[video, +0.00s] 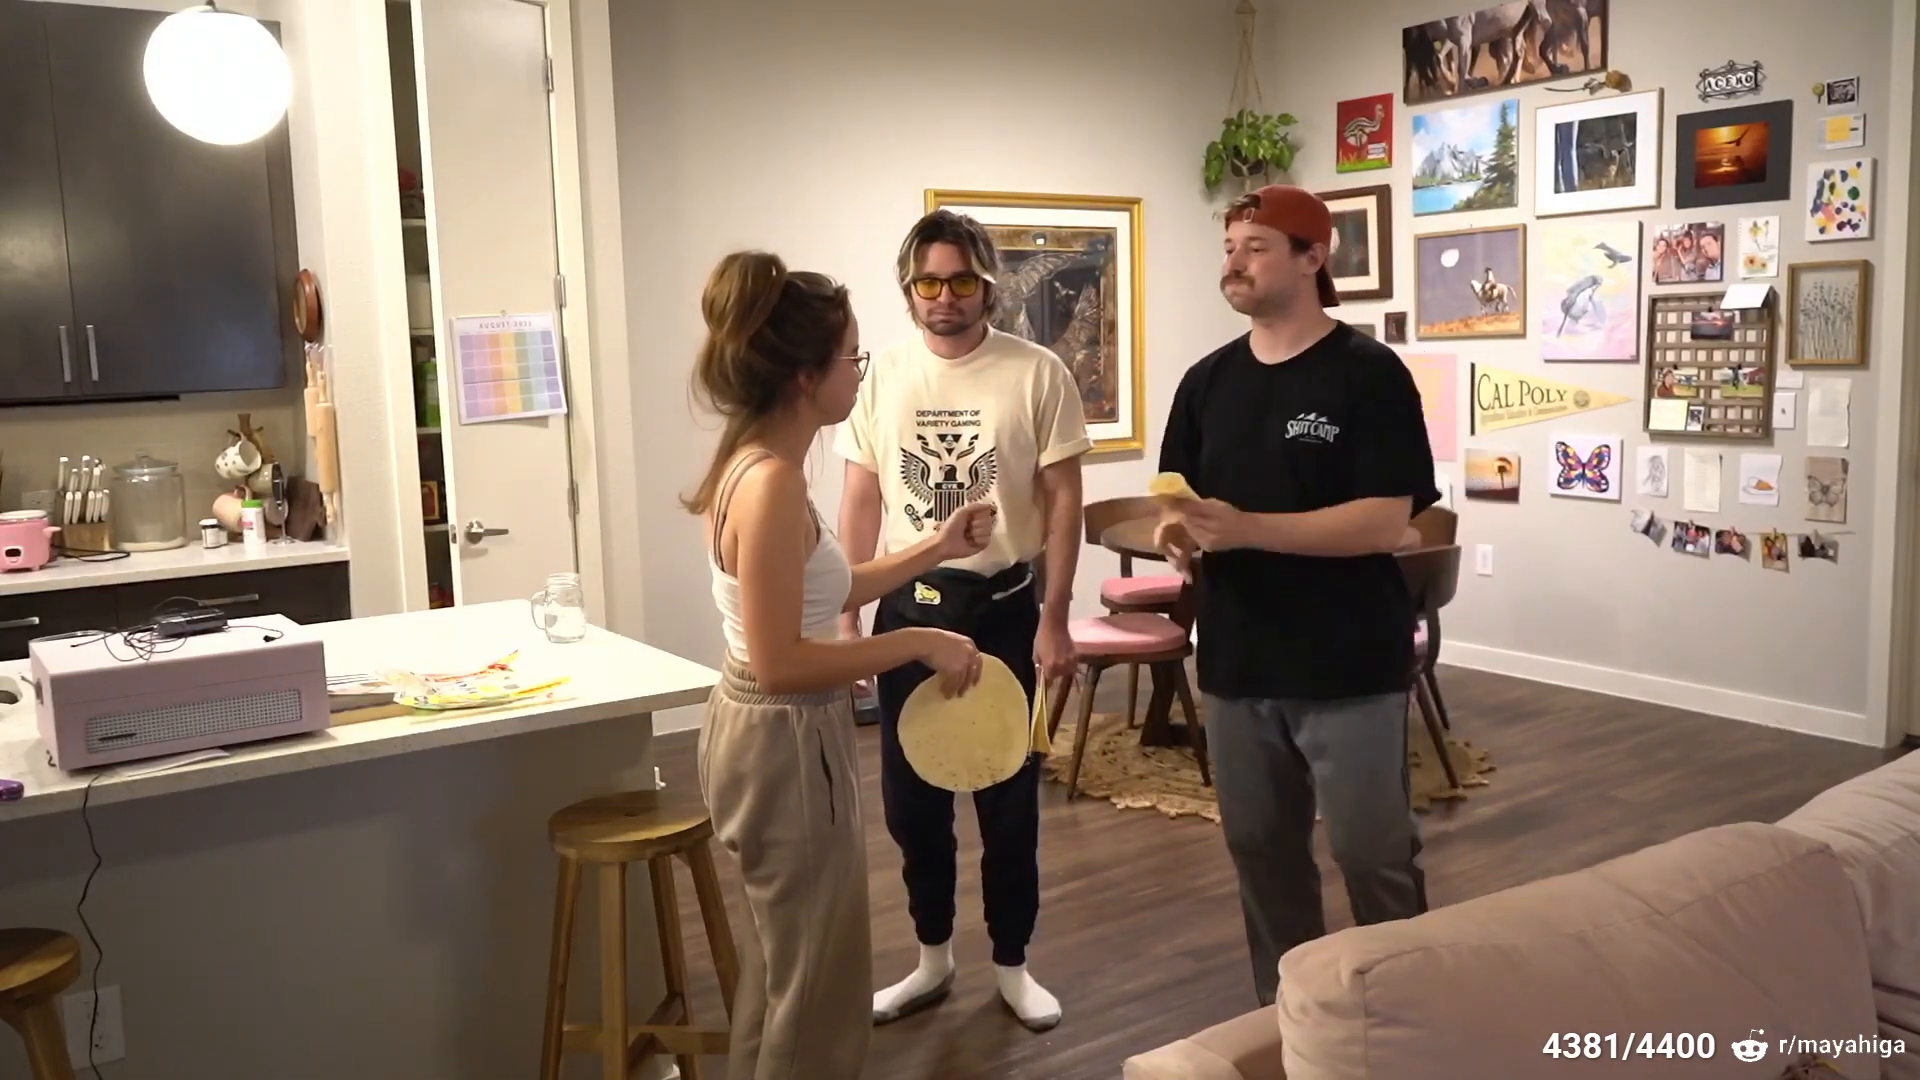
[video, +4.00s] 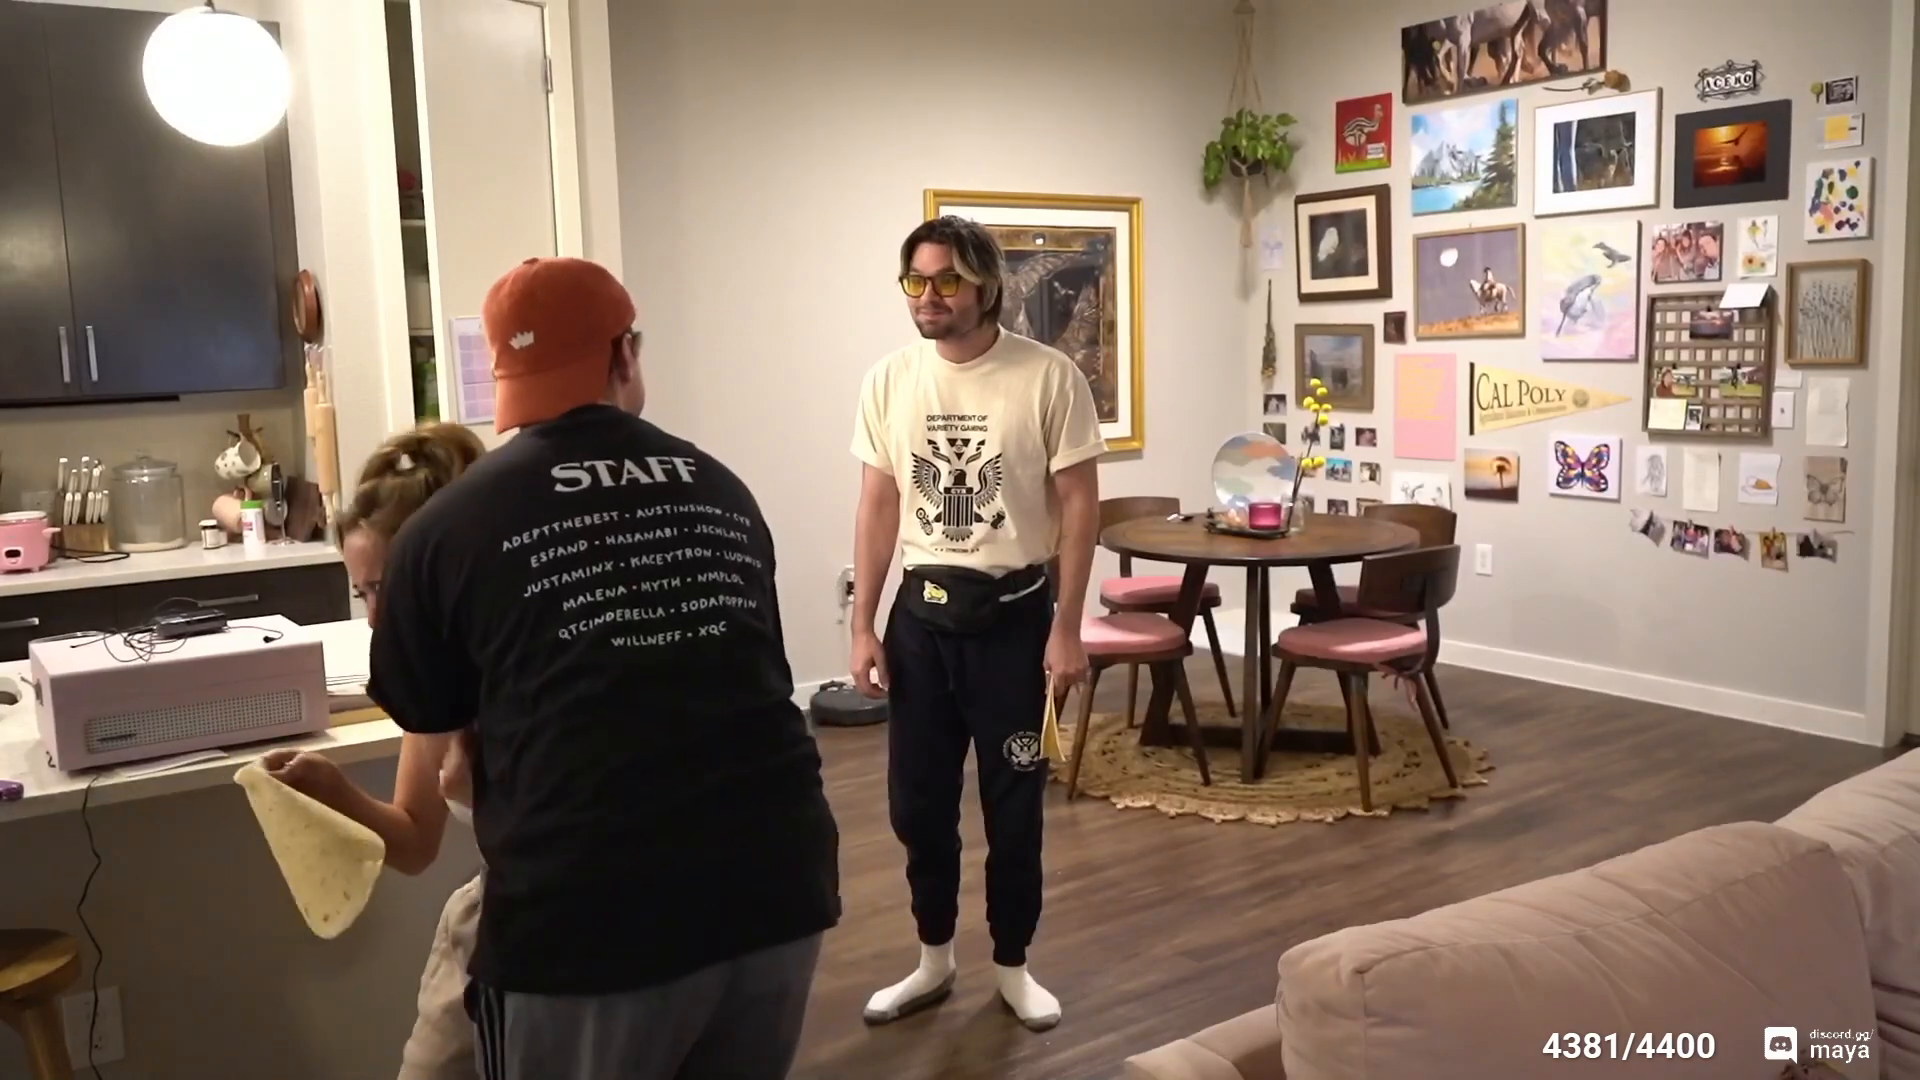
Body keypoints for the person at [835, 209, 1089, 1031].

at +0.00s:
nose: (945, 297)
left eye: (960, 282)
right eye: (929, 283)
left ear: (988, 285)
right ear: (909, 290)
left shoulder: (1036, 371)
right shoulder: (885, 375)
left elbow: (1064, 499)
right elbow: (861, 502)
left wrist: (1054, 616)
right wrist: (855, 617)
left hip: (1006, 606)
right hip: (909, 608)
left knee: (1008, 791)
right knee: (913, 795)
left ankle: (1011, 965)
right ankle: (932, 958)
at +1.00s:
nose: (939, 297)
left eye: (956, 281)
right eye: (924, 283)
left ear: (988, 284)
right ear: (907, 290)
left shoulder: (1039, 370)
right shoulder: (891, 373)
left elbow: (1067, 501)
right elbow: (870, 498)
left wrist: (1057, 620)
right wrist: (857, 612)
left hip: (1006, 601)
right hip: (911, 602)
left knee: (1010, 792)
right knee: (913, 789)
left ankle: (1012, 966)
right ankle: (932, 959)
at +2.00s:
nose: (943, 302)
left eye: (962, 285)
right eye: (932, 285)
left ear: (997, 287)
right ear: (914, 284)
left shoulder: (1048, 374)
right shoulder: (898, 370)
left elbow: (1082, 495)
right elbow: (867, 503)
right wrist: (857, 625)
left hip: (1010, 612)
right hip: (915, 603)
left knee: (1013, 805)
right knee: (920, 805)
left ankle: (1012, 964)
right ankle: (935, 956)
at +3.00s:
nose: (935, 304)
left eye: (952, 288)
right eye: (921, 289)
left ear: (992, 291)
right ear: (907, 294)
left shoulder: (1052, 376)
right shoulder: (891, 381)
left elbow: (1079, 505)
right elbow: (879, 503)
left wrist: (1066, 630)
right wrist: (864, 617)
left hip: (1016, 610)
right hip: (921, 610)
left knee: (1015, 800)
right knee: (926, 797)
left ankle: (1014, 964)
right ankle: (931, 954)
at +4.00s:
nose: (929, 295)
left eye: (946, 281)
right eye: (917, 281)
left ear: (986, 287)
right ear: (904, 290)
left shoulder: (1049, 376)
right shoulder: (889, 380)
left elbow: (1080, 504)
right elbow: (879, 504)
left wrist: (1067, 627)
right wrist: (863, 622)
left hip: (1016, 613)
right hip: (919, 612)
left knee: (1015, 801)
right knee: (919, 802)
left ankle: (1012, 967)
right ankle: (934, 958)